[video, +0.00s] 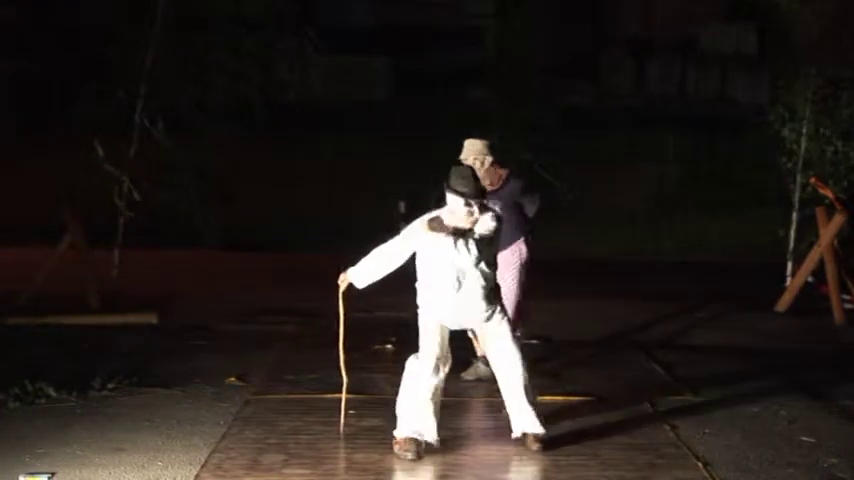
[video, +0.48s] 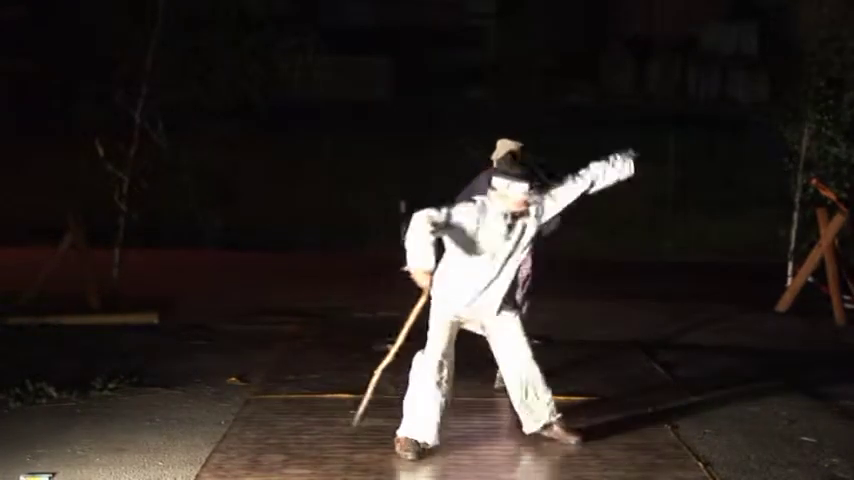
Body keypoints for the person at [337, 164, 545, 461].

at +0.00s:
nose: (470, 211)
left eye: (475, 204)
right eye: (464, 204)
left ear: (480, 202)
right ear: (450, 200)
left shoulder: (487, 220)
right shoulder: (426, 226)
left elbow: (489, 225)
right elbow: (391, 252)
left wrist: (451, 225)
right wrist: (355, 275)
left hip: (482, 309)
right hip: (436, 312)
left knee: (511, 363)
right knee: (429, 364)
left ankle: (528, 429)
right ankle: (409, 433)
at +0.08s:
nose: (484, 214)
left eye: (485, 208)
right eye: (476, 208)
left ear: (487, 207)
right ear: (456, 206)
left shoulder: (488, 231)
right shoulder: (429, 231)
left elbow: (495, 230)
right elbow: (388, 252)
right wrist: (351, 276)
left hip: (482, 311)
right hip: (436, 315)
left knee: (513, 364)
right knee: (428, 366)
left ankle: (532, 431)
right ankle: (408, 435)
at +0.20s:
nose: (492, 217)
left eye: (495, 210)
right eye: (485, 211)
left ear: (498, 208)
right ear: (467, 207)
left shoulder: (503, 237)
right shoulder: (438, 232)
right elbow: (389, 252)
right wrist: (352, 283)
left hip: (477, 302)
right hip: (433, 303)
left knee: (514, 356)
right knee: (426, 363)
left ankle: (529, 425)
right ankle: (411, 436)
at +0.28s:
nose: (501, 215)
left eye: (502, 208)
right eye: (495, 209)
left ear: (503, 207)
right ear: (473, 205)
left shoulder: (502, 228)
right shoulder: (441, 229)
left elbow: (531, 239)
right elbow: (391, 250)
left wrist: (537, 255)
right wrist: (365, 285)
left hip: (479, 306)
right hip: (435, 309)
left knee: (517, 353)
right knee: (427, 365)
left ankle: (534, 426)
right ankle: (408, 438)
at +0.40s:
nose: (511, 206)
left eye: (513, 200)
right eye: (505, 199)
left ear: (515, 196)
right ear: (486, 194)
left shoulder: (517, 219)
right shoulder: (457, 219)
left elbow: (566, 206)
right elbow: (407, 232)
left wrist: (615, 194)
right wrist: (398, 275)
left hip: (490, 305)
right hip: (444, 305)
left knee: (517, 358)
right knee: (432, 365)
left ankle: (535, 424)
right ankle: (409, 437)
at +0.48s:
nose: (529, 200)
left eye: (530, 194)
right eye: (523, 195)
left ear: (531, 191)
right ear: (503, 193)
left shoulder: (535, 210)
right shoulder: (473, 213)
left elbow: (581, 182)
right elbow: (424, 220)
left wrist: (622, 164)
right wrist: (420, 265)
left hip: (495, 301)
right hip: (450, 298)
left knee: (520, 359)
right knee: (435, 361)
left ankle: (544, 421)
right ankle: (413, 434)